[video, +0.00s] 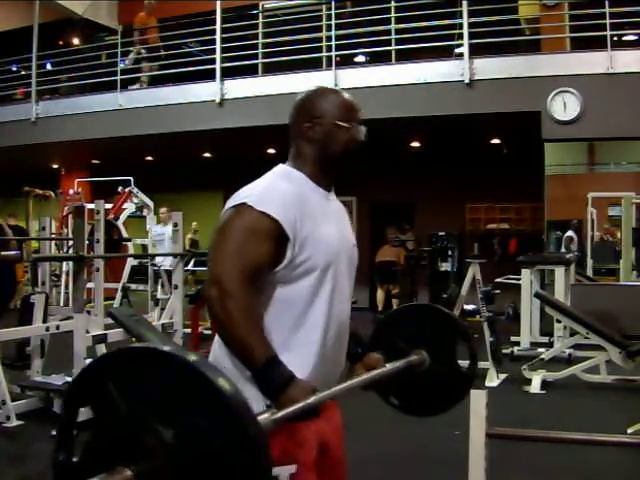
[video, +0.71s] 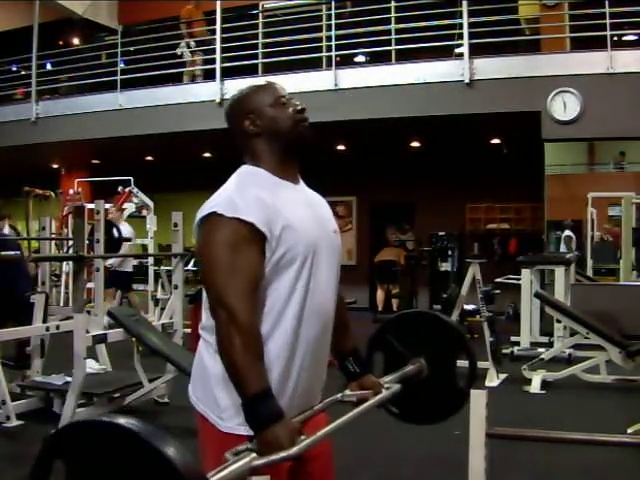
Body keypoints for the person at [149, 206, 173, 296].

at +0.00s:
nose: (161, 216)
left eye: (164, 213)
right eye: (160, 213)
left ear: (169, 214)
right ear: (158, 215)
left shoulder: (172, 227)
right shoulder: (155, 228)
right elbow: (153, 239)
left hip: (170, 254)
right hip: (158, 254)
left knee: (165, 269)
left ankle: (168, 291)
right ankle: (154, 292)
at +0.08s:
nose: (156, 216)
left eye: (158, 214)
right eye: (154, 214)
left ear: (164, 215)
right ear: (152, 215)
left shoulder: (169, 228)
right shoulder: (151, 228)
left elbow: (171, 243)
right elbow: (147, 242)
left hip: (165, 259)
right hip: (153, 259)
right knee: (153, 286)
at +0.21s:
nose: (147, 215)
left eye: (149, 213)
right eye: (145, 213)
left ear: (155, 214)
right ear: (143, 214)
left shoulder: (162, 230)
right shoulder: (141, 230)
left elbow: (165, 248)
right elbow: (138, 245)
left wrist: (162, 264)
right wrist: (138, 259)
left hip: (155, 264)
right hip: (143, 263)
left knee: (151, 292)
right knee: (146, 291)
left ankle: (149, 314)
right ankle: (146, 313)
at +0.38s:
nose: (135, 215)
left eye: (138, 212)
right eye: (135, 212)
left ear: (146, 213)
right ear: (135, 213)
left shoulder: (152, 229)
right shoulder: (132, 229)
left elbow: (153, 247)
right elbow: (129, 245)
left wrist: (147, 261)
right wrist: (128, 258)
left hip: (146, 264)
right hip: (133, 263)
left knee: (145, 291)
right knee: (130, 289)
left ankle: (145, 314)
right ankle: (136, 312)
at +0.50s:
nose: (126, 214)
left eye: (129, 212)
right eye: (126, 212)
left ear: (136, 212)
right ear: (125, 212)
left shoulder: (142, 227)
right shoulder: (126, 227)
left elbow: (144, 246)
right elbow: (117, 232)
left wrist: (134, 260)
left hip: (140, 264)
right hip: (125, 263)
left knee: (142, 291)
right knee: (120, 289)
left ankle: (144, 315)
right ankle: (119, 315)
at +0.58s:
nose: (120, 214)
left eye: (123, 212)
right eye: (119, 212)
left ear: (130, 213)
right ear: (118, 213)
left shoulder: (137, 229)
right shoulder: (116, 226)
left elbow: (138, 249)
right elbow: (111, 241)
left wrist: (124, 260)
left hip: (135, 266)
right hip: (120, 264)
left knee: (137, 294)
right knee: (116, 292)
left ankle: (140, 317)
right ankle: (110, 316)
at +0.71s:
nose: (109, 215)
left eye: (112, 212)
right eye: (109, 213)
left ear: (120, 213)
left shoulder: (126, 229)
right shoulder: (113, 228)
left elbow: (126, 249)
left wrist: (112, 262)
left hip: (124, 266)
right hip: (113, 266)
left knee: (129, 293)